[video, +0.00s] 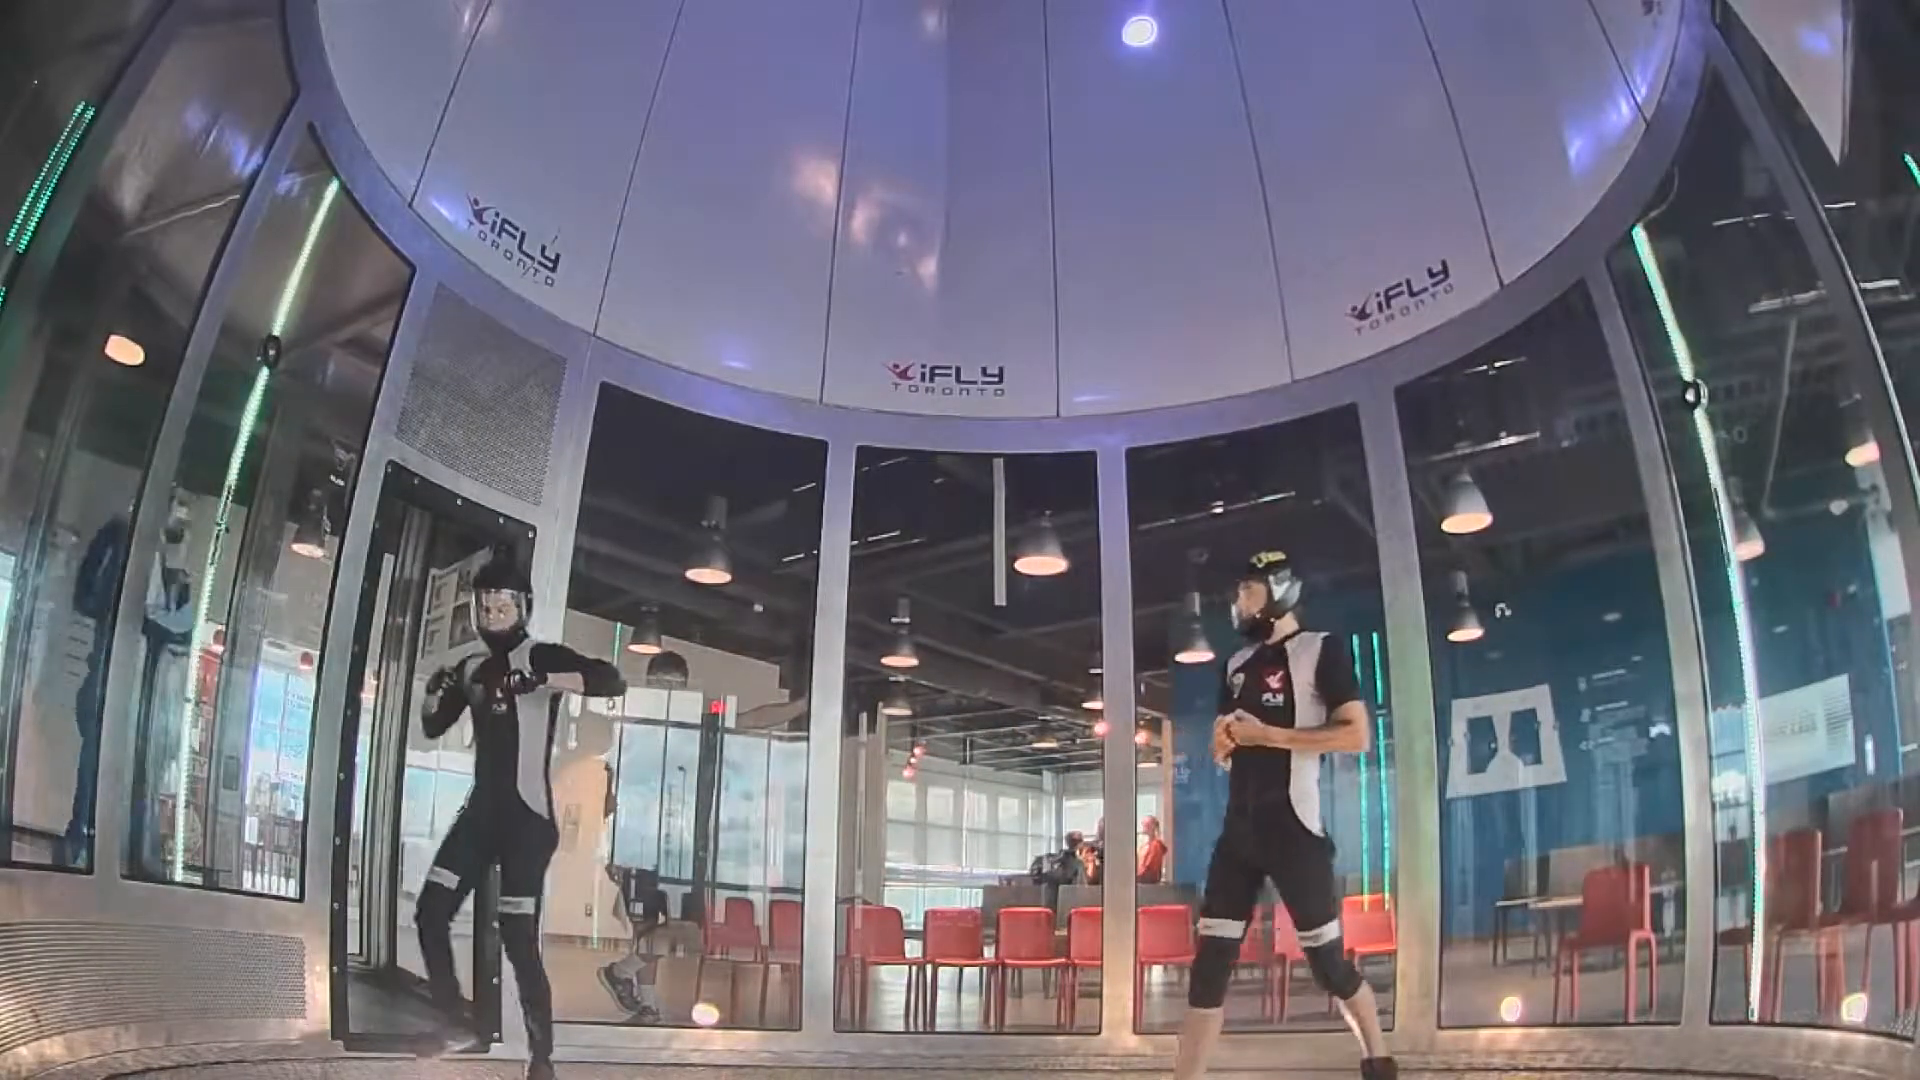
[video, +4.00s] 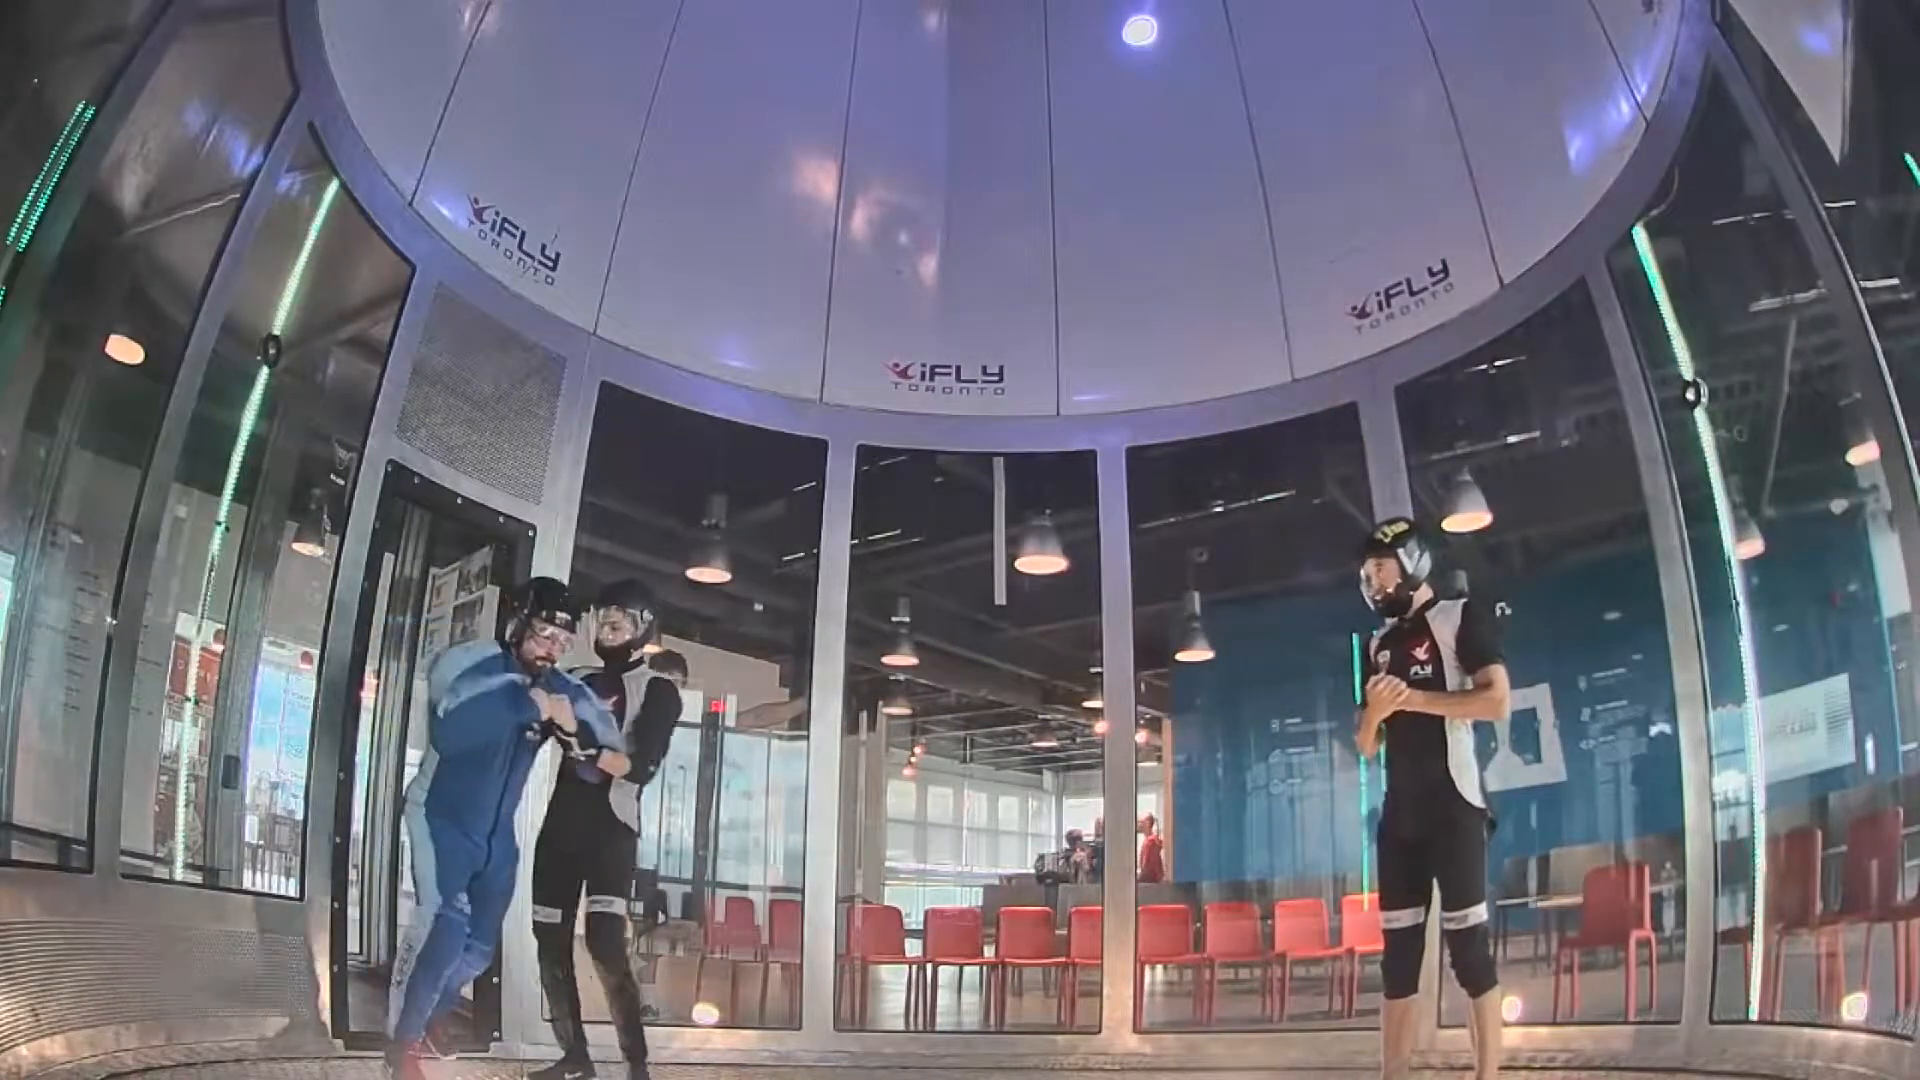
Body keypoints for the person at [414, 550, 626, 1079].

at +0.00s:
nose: (494, 611)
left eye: (505, 603)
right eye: (487, 602)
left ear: (523, 607)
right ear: (476, 607)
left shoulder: (545, 656)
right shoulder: (470, 669)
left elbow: (613, 681)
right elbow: (432, 730)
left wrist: (562, 680)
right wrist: (436, 699)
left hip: (530, 815)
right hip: (481, 808)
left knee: (517, 936)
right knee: (431, 913)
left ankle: (541, 1056)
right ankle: (453, 1022)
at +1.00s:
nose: (605, 633)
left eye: (614, 626)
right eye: (598, 627)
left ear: (631, 632)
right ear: (590, 634)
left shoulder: (646, 686)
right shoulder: (590, 691)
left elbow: (661, 767)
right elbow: (584, 759)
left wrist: (599, 790)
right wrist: (568, 778)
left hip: (622, 827)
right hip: (581, 822)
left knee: (611, 943)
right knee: (568, 942)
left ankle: (621, 1061)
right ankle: (579, 1056)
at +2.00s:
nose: (603, 628)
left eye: (612, 620)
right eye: (595, 620)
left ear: (628, 626)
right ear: (582, 626)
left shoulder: (635, 679)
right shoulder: (579, 683)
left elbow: (617, 751)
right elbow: (574, 751)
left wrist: (560, 718)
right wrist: (541, 725)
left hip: (603, 824)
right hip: (561, 819)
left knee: (598, 941)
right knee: (554, 937)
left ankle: (618, 1059)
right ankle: (575, 1053)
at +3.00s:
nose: (543, 624)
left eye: (550, 614)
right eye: (542, 614)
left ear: (578, 613)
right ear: (566, 615)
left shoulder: (605, 674)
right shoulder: (550, 678)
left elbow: (615, 746)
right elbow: (545, 739)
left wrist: (545, 732)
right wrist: (501, 720)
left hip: (581, 821)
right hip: (541, 818)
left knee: (584, 933)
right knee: (546, 931)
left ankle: (613, 1055)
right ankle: (575, 1052)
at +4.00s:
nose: (605, 628)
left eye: (617, 620)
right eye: (601, 619)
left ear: (642, 628)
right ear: (594, 625)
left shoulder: (658, 689)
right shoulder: (582, 685)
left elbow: (643, 765)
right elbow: (549, 734)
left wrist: (583, 743)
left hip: (613, 827)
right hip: (562, 819)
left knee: (604, 941)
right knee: (550, 944)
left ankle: (636, 1062)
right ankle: (575, 1057)